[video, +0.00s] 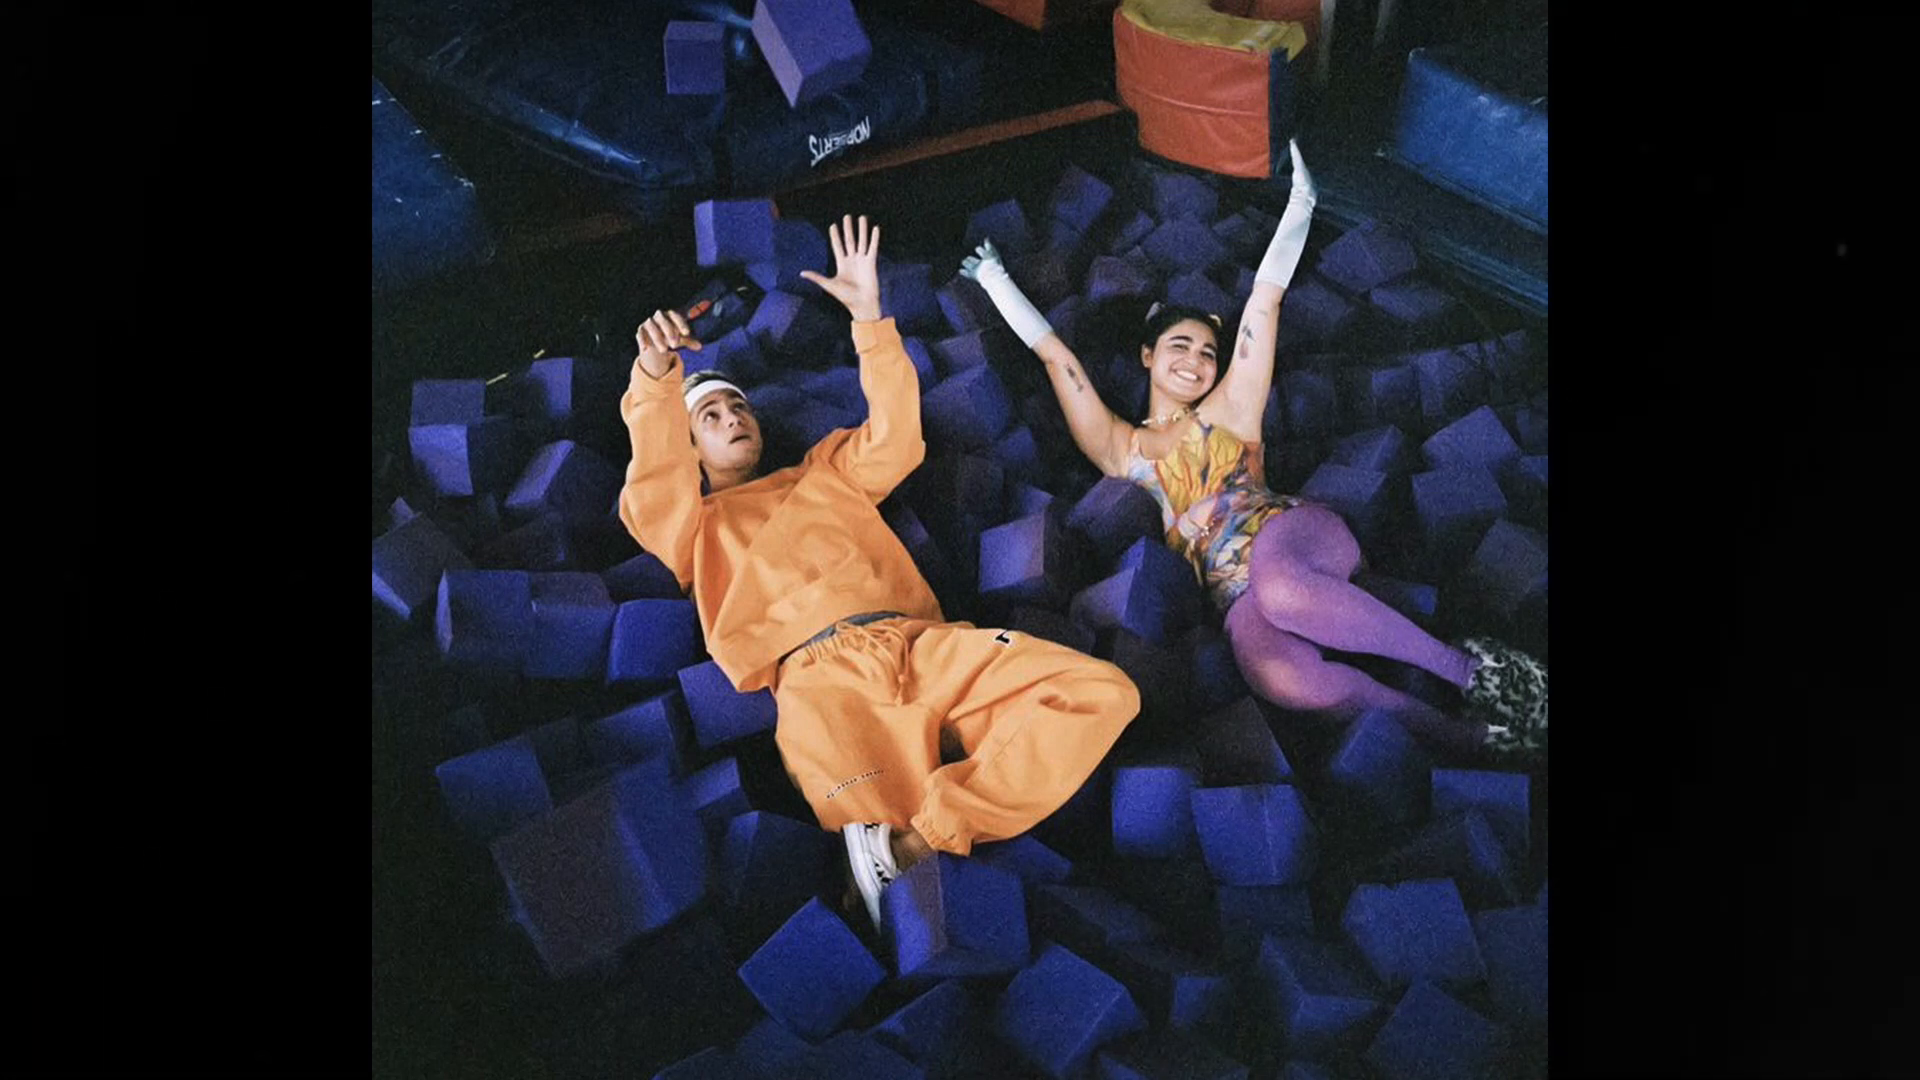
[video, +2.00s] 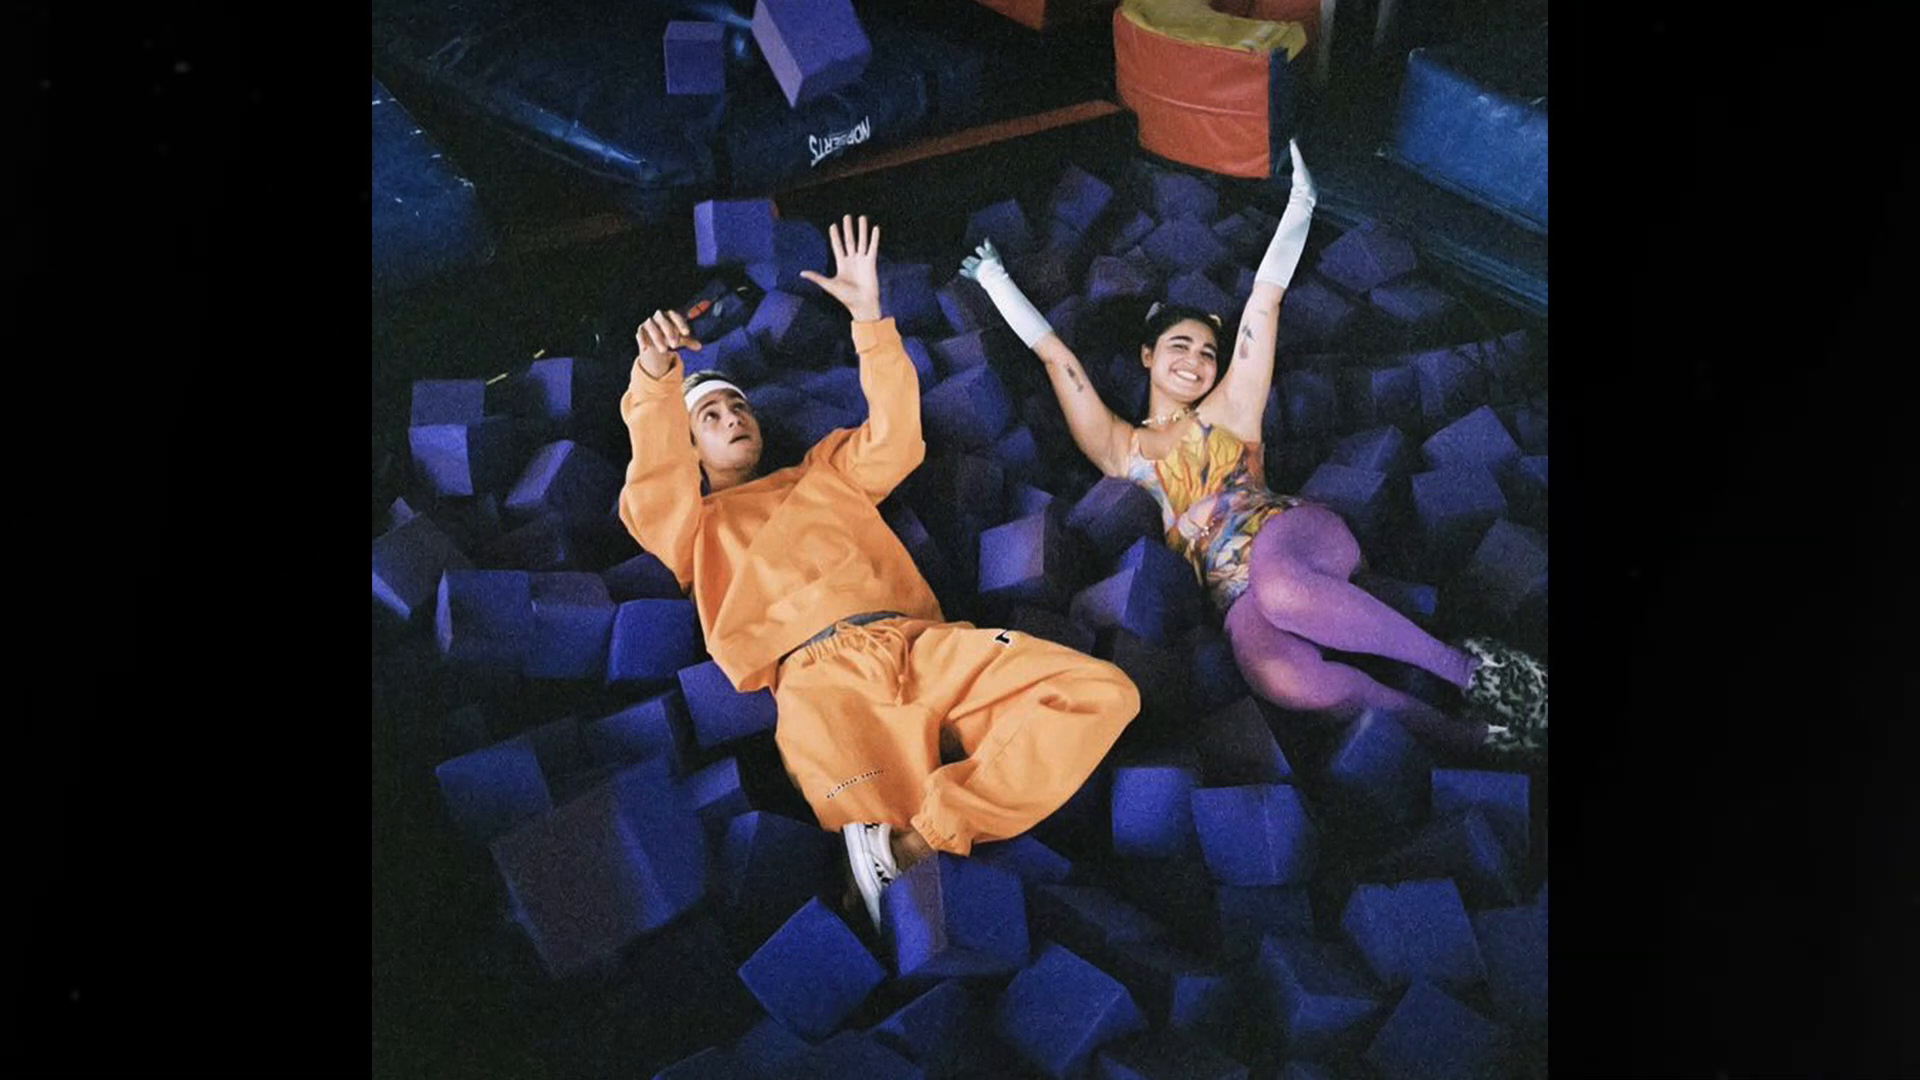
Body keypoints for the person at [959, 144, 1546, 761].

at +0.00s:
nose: (1191, 360)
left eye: (1205, 354)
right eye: (1176, 346)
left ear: (1216, 371)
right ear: (1145, 358)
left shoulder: (1230, 411)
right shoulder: (1122, 449)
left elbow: (1264, 305)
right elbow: (1058, 360)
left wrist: (1299, 208)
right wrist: (992, 278)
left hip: (1287, 530)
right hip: (1238, 596)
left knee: (1279, 593)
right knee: (1288, 681)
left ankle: (1472, 671)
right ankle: (1463, 735)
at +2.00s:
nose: (1191, 360)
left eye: (1205, 354)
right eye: (1176, 346)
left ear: (1216, 371)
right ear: (1145, 358)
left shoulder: (1230, 411)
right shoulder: (1122, 449)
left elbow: (1264, 305)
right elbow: (1058, 360)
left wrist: (1298, 209)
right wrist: (992, 278)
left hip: (1288, 530)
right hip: (1238, 596)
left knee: (1279, 592)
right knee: (1288, 681)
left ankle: (1472, 671)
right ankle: (1465, 736)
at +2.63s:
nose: (1192, 360)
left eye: (1206, 354)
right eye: (1177, 347)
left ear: (1217, 371)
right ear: (1145, 358)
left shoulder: (1230, 411)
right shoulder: (1123, 448)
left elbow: (1264, 306)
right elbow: (1058, 359)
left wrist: (1298, 209)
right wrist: (992, 278)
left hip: (1288, 531)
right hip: (1239, 597)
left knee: (1279, 593)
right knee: (1287, 680)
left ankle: (1471, 671)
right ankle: (1463, 735)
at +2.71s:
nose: (1191, 360)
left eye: (1205, 354)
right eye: (1177, 346)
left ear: (1216, 371)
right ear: (1145, 357)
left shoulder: (1230, 411)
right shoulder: (1122, 448)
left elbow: (1264, 306)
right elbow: (1057, 359)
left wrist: (1298, 209)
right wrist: (992, 278)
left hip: (1288, 531)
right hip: (1238, 596)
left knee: (1278, 592)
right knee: (1287, 680)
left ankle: (1471, 671)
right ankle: (1463, 736)